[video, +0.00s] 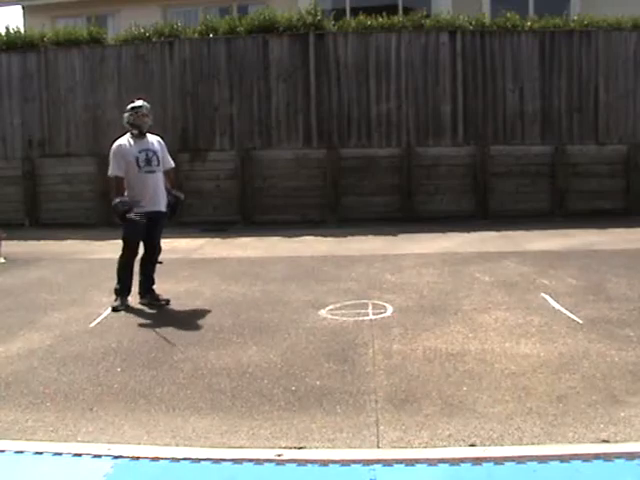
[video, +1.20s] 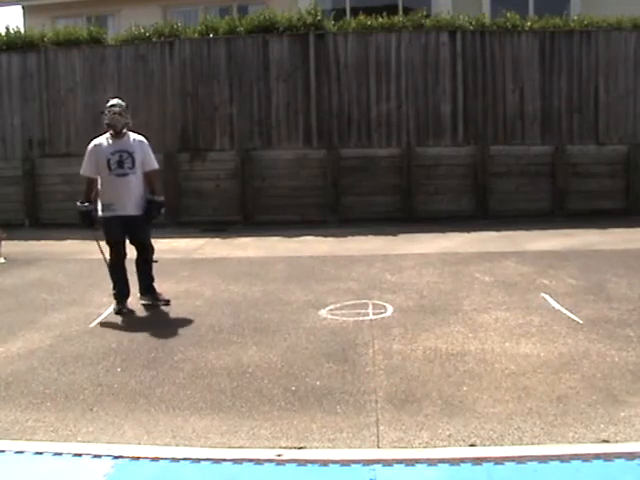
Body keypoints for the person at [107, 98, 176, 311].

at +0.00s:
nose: (142, 119)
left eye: (145, 115)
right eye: (136, 115)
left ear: (150, 118)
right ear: (128, 119)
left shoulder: (157, 142)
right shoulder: (120, 146)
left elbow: (168, 169)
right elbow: (118, 178)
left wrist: (173, 191)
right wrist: (118, 202)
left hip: (157, 207)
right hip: (134, 208)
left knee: (152, 252)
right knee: (129, 252)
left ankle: (147, 291)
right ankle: (122, 294)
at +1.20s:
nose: (115, 119)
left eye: (119, 114)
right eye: (111, 114)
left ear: (127, 117)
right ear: (105, 118)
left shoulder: (139, 142)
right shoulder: (96, 147)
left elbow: (151, 173)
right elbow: (91, 180)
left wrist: (157, 198)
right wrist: (87, 207)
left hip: (137, 209)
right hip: (111, 211)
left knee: (145, 250)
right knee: (117, 256)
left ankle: (148, 291)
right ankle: (120, 298)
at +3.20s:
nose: (122, 140)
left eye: (125, 135)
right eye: (117, 136)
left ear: (129, 131)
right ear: (109, 133)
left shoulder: (138, 143)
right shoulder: (98, 150)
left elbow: (147, 172)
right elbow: (92, 180)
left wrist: (152, 196)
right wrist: (94, 196)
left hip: (136, 210)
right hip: (113, 212)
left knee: (141, 249)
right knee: (119, 254)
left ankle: (134, 286)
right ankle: (121, 298)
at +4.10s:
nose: (140, 128)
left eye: (141, 123)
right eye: (136, 123)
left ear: (143, 123)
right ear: (124, 124)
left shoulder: (144, 143)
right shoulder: (111, 147)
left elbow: (153, 171)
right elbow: (107, 177)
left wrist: (155, 190)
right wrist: (123, 193)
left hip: (141, 206)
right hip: (122, 207)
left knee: (138, 248)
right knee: (129, 248)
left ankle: (134, 288)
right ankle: (126, 292)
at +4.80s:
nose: (135, 126)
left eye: (137, 122)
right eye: (132, 122)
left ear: (138, 122)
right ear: (120, 122)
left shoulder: (135, 143)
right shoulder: (107, 146)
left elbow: (153, 159)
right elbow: (116, 175)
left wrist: (170, 160)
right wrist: (143, 177)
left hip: (138, 209)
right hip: (120, 212)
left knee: (143, 249)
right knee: (130, 252)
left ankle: (135, 287)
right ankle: (130, 300)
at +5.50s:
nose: (154, 118)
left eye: (153, 114)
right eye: (149, 114)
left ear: (142, 117)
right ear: (136, 116)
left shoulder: (144, 140)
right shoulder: (123, 145)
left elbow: (145, 172)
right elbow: (120, 178)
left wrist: (157, 191)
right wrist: (133, 204)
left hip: (152, 208)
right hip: (136, 210)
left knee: (153, 252)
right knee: (139, 253)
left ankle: (151, 294)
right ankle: (132, 298)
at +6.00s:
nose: (159, 115)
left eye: (159, 111)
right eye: (154, 112)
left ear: (154, 115)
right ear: (142, 116)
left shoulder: (155, 138)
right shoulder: (132, 144)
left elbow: (158, 167)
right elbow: (134, 175)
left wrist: (171, 179)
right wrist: (159, 186)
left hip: (160, 207)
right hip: (145, 209)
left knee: (158, 251)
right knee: (151, 252)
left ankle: (154, 295)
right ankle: (145, 300)